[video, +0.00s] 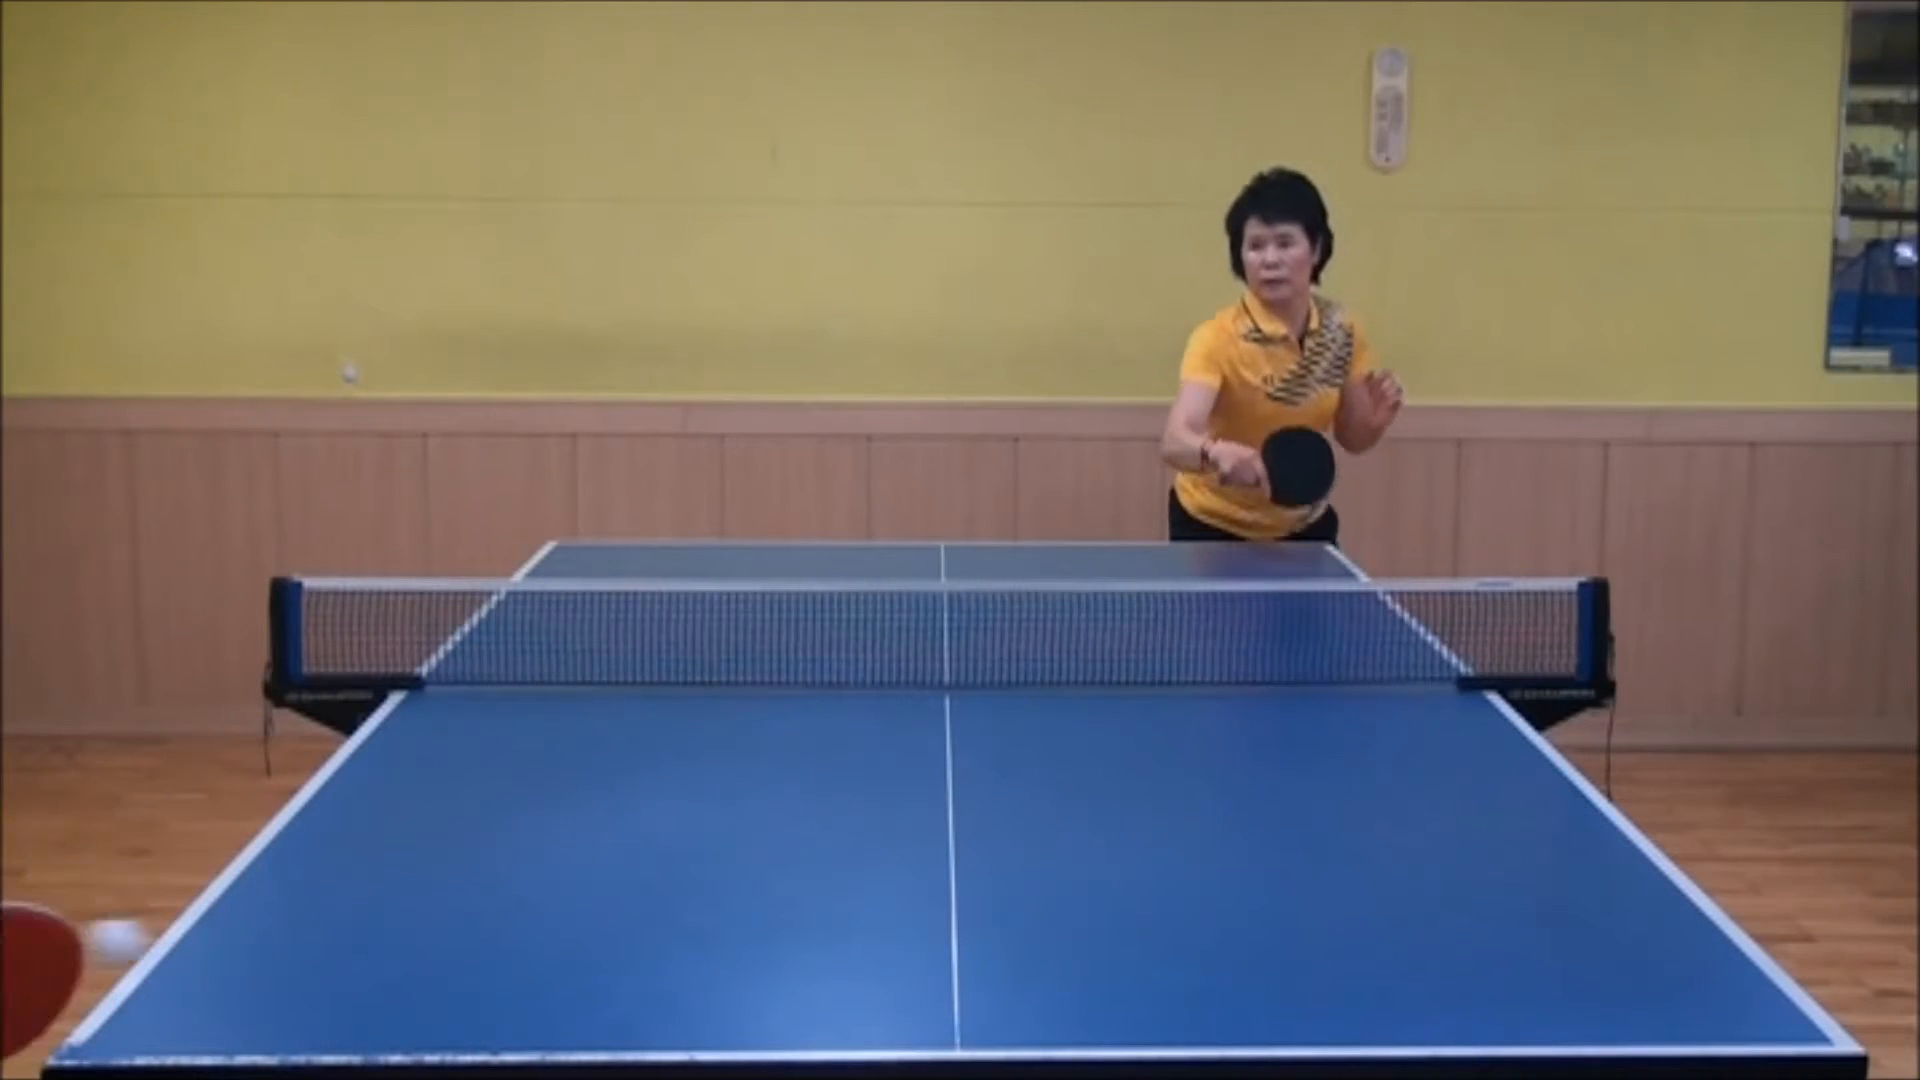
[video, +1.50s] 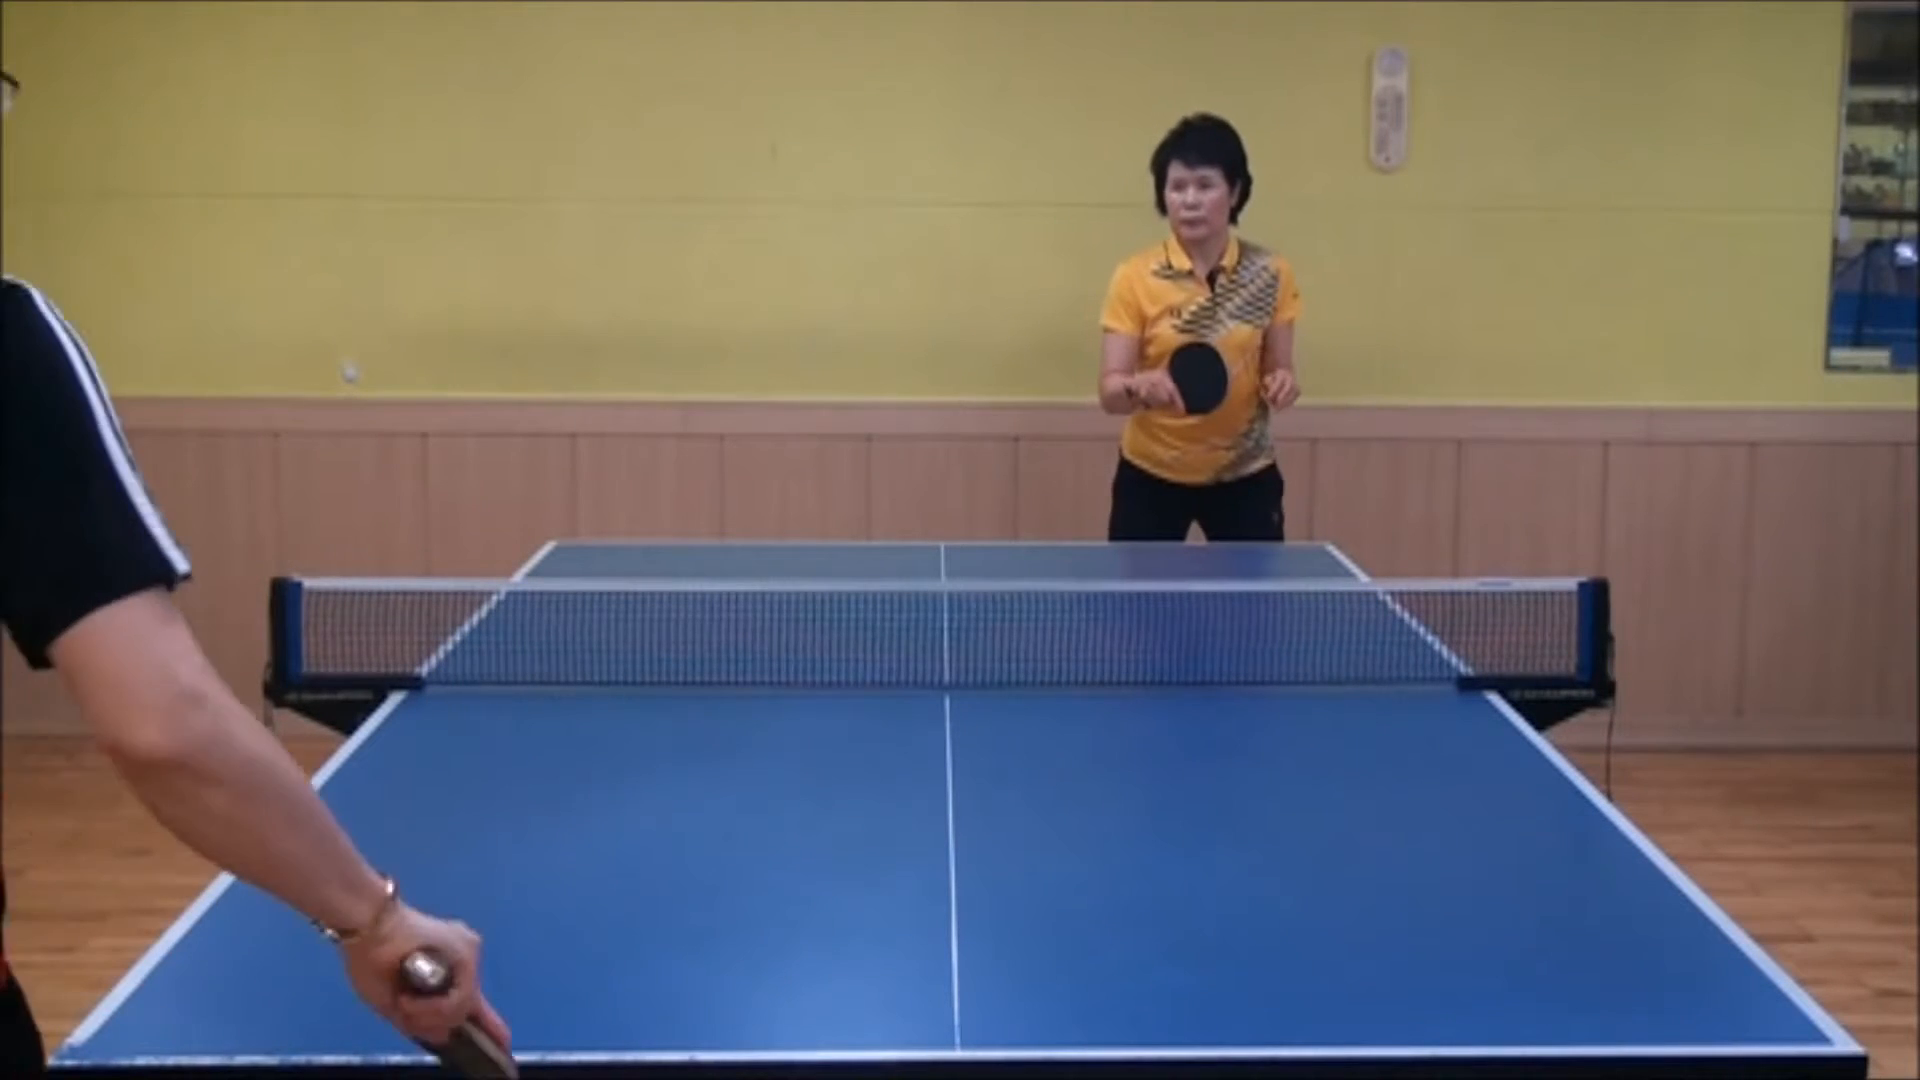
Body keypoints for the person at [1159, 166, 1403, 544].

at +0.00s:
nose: (1270, 259)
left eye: (1286, 243)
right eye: (1256, 246)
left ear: (1317, 250)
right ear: (1239, 256)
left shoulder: (1343, 335)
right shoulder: (1217, 339)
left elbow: (1352, 440)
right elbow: (1176, 441)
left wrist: (1371, 422)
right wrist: (1215, 452)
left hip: (1304, 526)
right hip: (1215, 528)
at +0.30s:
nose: (1261, 224)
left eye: (1277, 209)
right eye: (1248, 211)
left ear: (1309, 217)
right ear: (1233, 221)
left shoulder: (1342, 301)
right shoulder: (1208, 307)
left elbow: (1358, 419)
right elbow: (1167, 425)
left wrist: (1358, 391)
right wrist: (1201, 407)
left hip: (1315, 510)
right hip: (1224, 509)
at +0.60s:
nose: (1255, 208)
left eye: (1271, 193)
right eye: (1244, 193)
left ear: (1303, 202)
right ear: (1228, 202)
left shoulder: (1337, 286)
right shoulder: (1200, 287)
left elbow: (1345, 384)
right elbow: (1161, 401)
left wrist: (1359, 393)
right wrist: (1196, 389)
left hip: (1300, 487)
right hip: (1208, 483)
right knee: (1179, 600)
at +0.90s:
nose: (1197, 207)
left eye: (1214, 193)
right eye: (1186, 192)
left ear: (1244, 202)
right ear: (1170, 201)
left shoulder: (1276, 285)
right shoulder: (1140, 283)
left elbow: (1280, 377)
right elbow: (1108, 397)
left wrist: (1283, 395)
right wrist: (1138, 390)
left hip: (1246, 485)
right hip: (1154, 482)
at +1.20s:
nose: (1172, 205)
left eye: (1187, 190)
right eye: (1160, 191)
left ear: (1218, 197)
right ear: (1145, 200)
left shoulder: (1255, 280)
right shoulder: (1119, 283)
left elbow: (1266, 372)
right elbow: (1088, 396)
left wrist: (1259, 387)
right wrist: (1113, 387)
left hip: (1232, 482)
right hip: (1139, 480)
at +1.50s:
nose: (1190, 200)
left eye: (1205, 185)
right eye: (1178, 186)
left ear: (1235, 193)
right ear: (1162, 196)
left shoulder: (1271, 277)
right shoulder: (1135, 278)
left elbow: (1277, 371)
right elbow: (1111, 392)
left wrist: (1281, 385)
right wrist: (1139, 388)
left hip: (1243, 481)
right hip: (1152, 478)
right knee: (1136, 599)